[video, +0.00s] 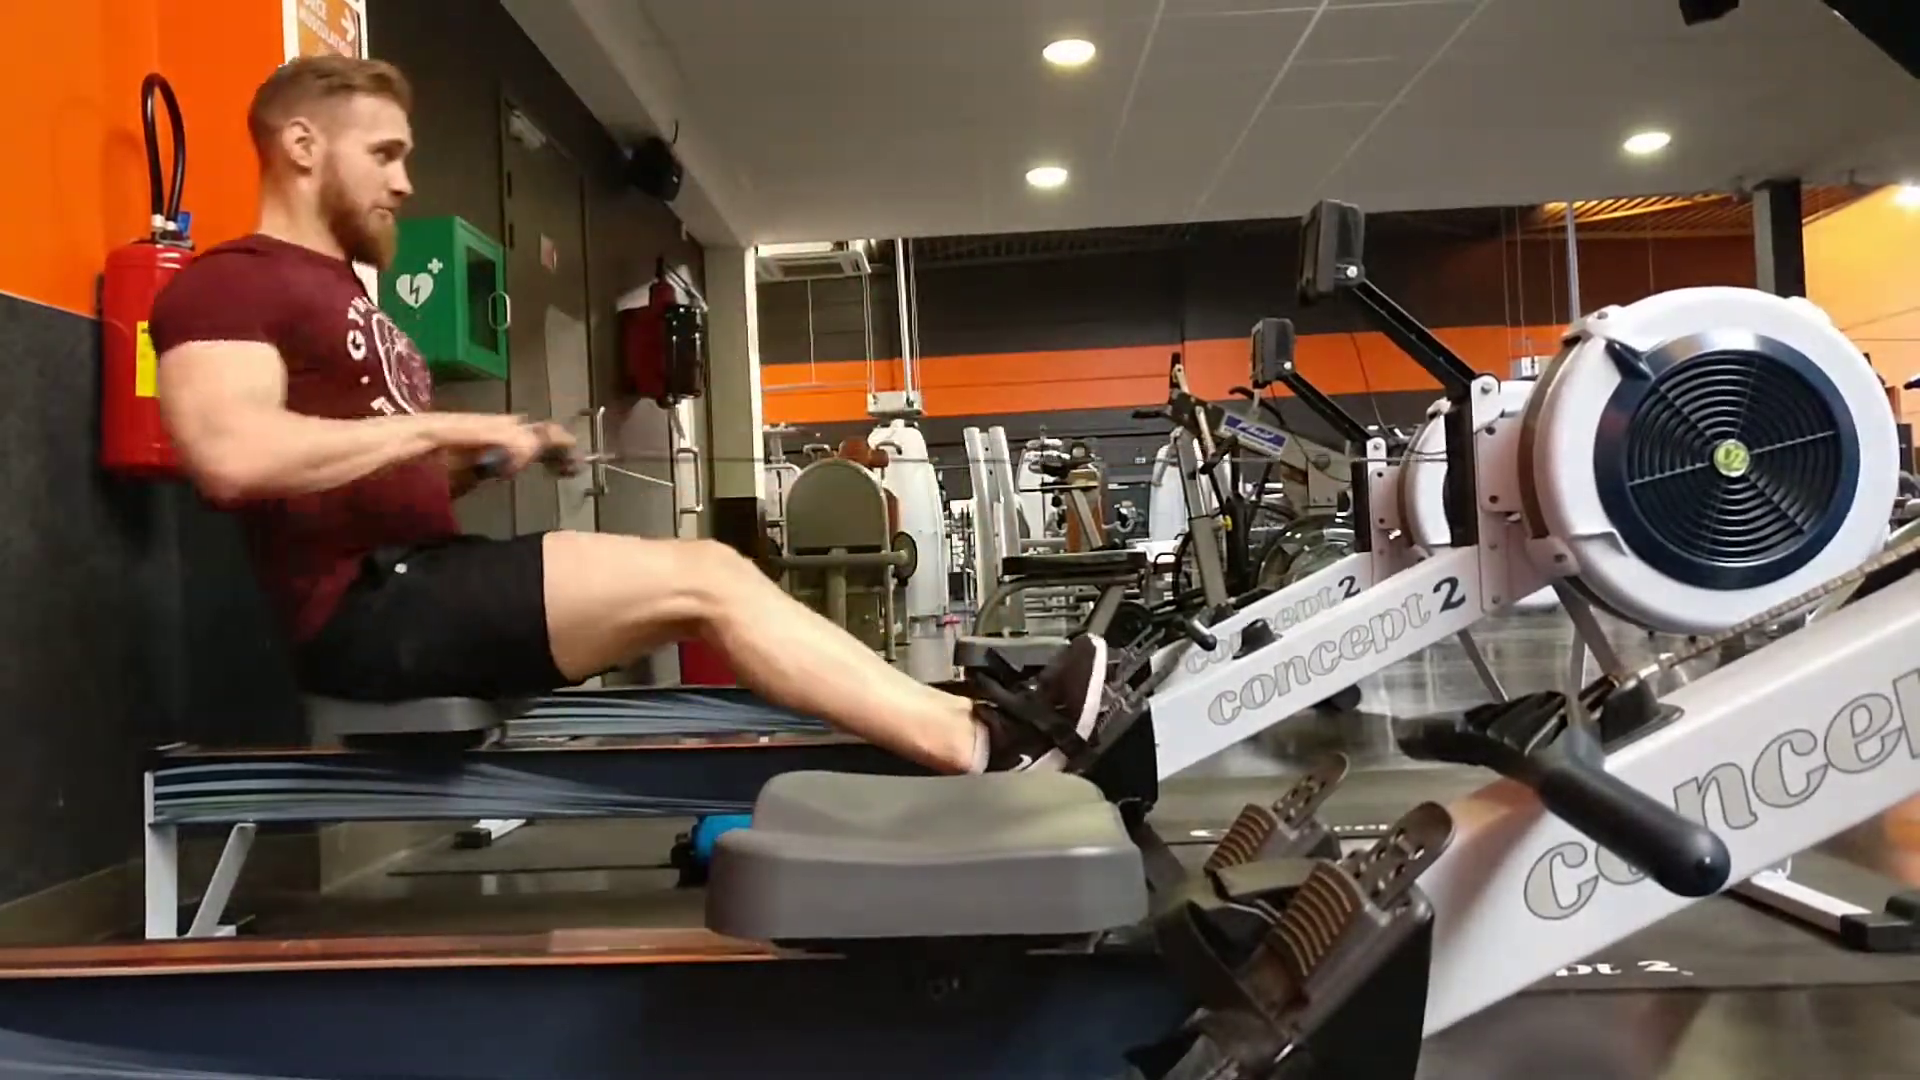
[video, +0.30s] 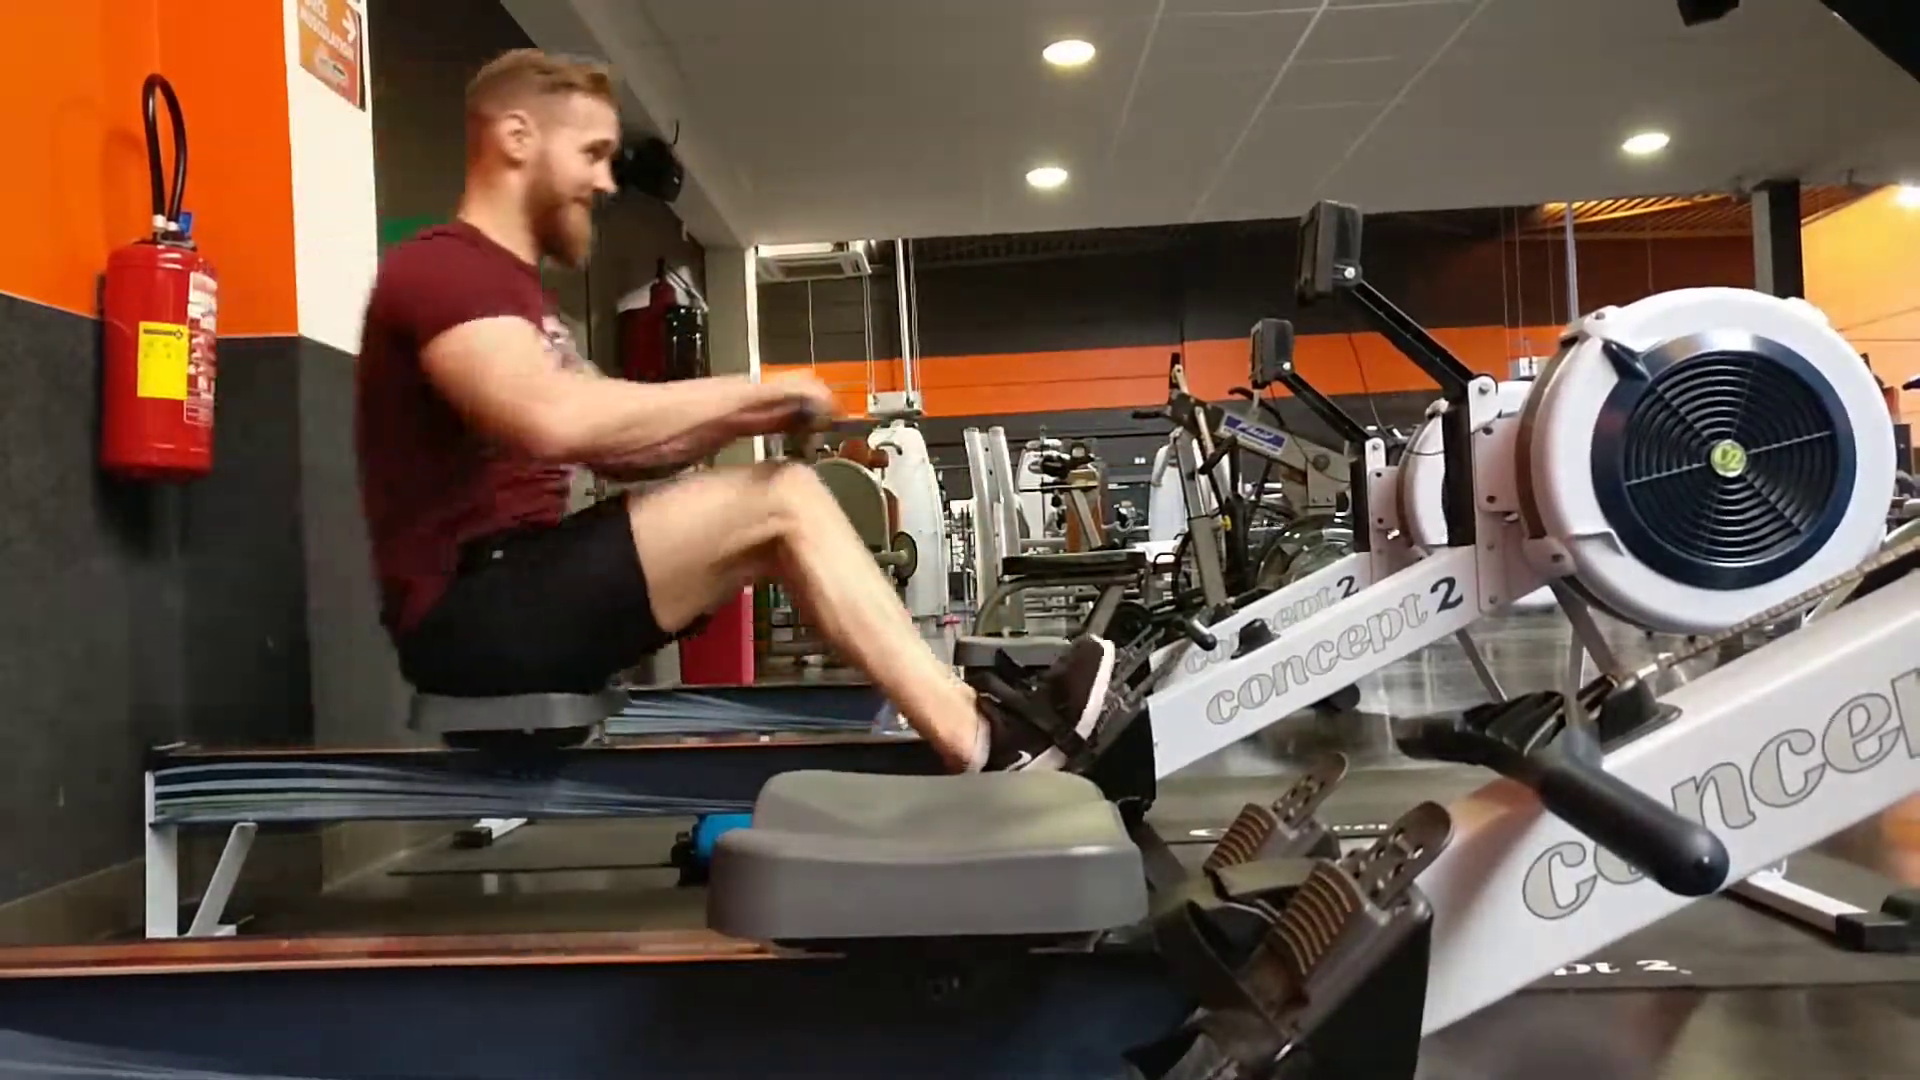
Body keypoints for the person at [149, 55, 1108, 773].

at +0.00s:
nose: (406, 185)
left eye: (406, 161)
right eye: (386, 156)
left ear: (315, 152)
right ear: (298, 148)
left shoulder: (354, 298)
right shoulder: (233, 280)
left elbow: (379, 467)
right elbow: (231, 455)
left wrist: (489, 449)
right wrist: (435, 429)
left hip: (424, 590)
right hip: (365, 608)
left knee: (713, 568)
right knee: (709, 567)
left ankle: (974, 731)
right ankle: (973, 752)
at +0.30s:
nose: (609, 180)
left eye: (611, 159)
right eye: (593, 153)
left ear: (521, 147)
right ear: (512, 138)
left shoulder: (519, 293)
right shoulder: (444, 268)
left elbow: (608, 444)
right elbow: (547, 423)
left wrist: (746, 413)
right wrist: (755, 392)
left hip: (517, 599)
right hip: (472, 611)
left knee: (790, 498)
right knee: (784, 502)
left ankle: (977, 724)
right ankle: (972, 742)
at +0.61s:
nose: (918, 188)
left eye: (922, 163)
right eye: (909, 157)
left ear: (838, 146)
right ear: (838, 141)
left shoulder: (790, 262)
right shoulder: (779, 262)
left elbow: (973, 396)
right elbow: (994, 405)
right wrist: (1170, 461)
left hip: (737, 606)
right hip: (726, 615)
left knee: (961, 419)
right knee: (958, 421)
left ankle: (981, 703)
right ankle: (982, 713)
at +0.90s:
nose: (908, 162)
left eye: (907, 136)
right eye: (896, 133)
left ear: (826, 129)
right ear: (826, 123)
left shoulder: (793, 252)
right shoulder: (775, 247)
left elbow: (973, 388)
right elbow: (981, 384)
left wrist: (1153, 435)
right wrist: (1170, 433)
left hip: (756, 598)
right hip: (744, 609)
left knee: (978, 420)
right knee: (981, 429)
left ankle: (997, 685)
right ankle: (987, 713)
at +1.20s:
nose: (503, 157)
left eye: (502, 135)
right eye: (482, 131)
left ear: (418, 137)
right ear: (393, 126)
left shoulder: (466, 279)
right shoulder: (353, 263)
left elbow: (571, 422)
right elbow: (496, 417)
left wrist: (724, 419)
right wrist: (719, 416)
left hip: (522, 583)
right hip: (471, 606)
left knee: (787, 490)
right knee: (784, 496)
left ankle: (992, 717)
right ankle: (990, 745)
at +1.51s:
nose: (498, 187)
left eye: (502, 166)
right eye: (484, 157)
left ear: (418, 154)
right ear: (398, 144)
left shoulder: (419, 293)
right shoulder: (299, 264)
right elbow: (239, 422)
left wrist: (497, 420)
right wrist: (437, 395)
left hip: (434, 590)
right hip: (377, 608)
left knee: (727, 547)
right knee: (722, 550)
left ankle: (964, 737)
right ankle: (962, 751)